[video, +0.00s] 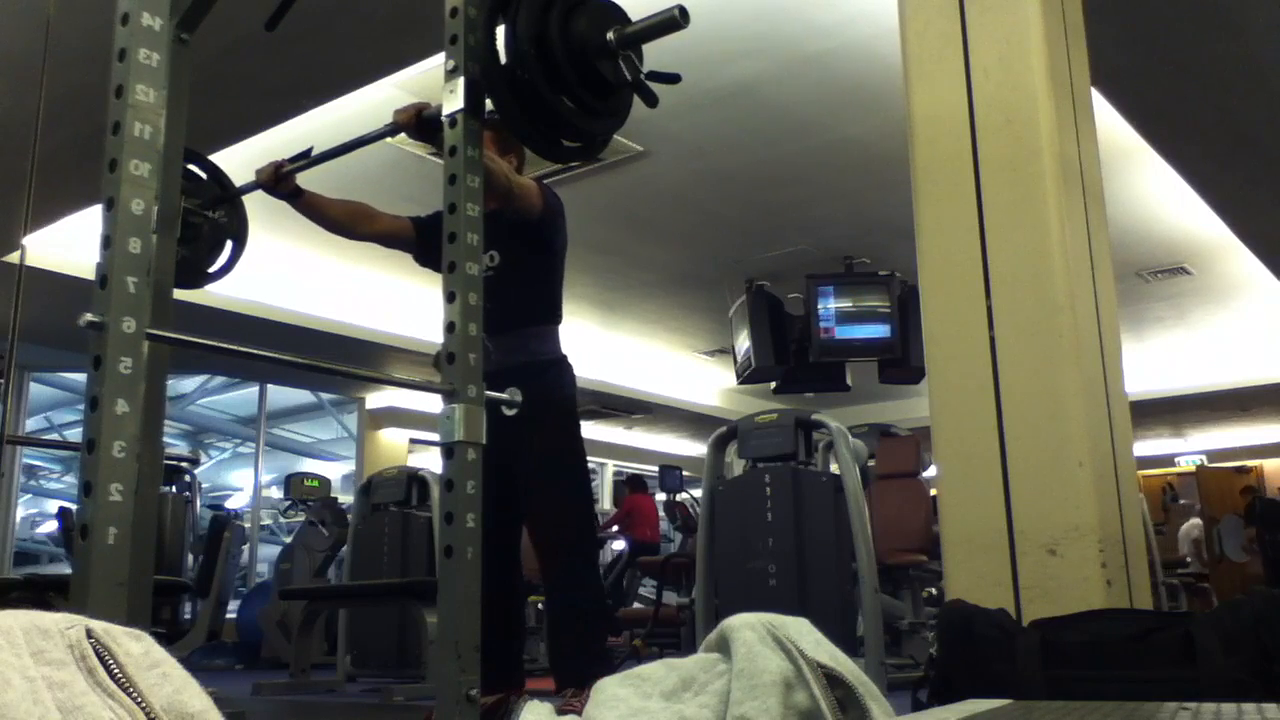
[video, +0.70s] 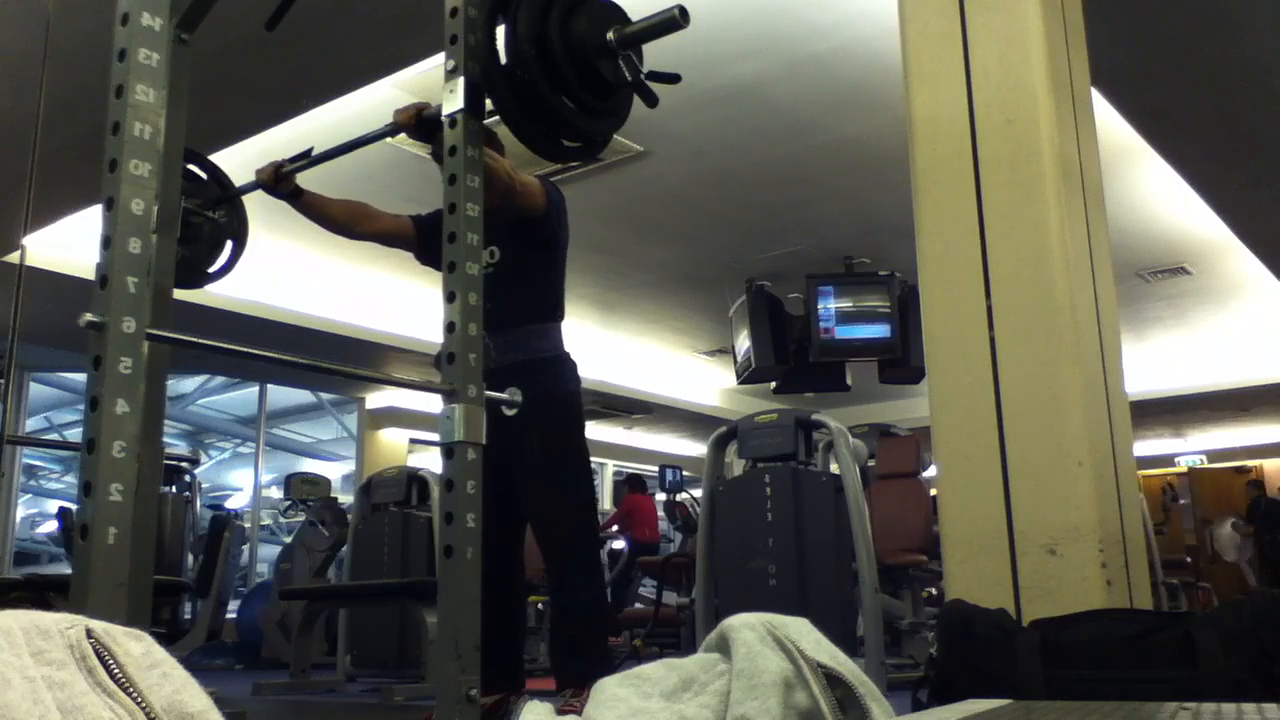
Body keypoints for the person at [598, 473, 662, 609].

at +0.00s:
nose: (627, 491)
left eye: (628, 488)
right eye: (627, 488)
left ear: (631, 488)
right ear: (645, 487)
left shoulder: (631, 500)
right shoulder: (650, 501)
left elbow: (617, 518)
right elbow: (638, 522)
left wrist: (601, 528)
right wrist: (620, 530)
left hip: (636, 546)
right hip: (654, 547)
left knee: (611, 571)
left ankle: (617, 603)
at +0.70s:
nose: (626, 489)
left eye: (627, 487)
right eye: (626, 487)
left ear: (630, 487)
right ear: (644, 486)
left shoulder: (630, 500)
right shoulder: (650, 500)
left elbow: (616, 518)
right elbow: (638, 520)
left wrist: (600, 528)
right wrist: (621, 529)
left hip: (637, 545)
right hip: (653, 546)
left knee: (622, 576)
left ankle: (618, 607)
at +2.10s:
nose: (623, 490)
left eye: (624, 487)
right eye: (624, 488)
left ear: (629, 487)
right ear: (642, 486)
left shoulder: (630, 500)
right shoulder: (649, 499)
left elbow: (615, 521)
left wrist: (600, 529)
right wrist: (619, 531)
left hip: (636, 546)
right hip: (654, 547)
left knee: (603, 552)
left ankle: (606, 589)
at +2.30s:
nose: (624, 491)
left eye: (625, 488)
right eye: (624, 488)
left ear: (629, 488)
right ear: (641, 486)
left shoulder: (631, 501)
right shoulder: (649, 500)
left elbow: (617, 519)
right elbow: (634, 523)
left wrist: (602, 529)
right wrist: (617, 532)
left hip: (637, 546)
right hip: (654, 546)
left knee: (609, 569)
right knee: (625, 572)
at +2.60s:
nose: (625, 491)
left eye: (626, 488)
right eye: (626, 488)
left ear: (630, 488)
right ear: (643, 487)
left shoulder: (631, 500)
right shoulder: (650, 500)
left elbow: (616, 520)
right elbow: (639, 521)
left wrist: (601, 529)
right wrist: (621, 529)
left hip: (637, 547)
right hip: (654, 547)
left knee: (614, 559)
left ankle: (617, 602)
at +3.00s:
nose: (623, 491)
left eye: (624, 487)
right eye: (623, 488)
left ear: (629, 487)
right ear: (642, 486)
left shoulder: (631, 500)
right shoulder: (649, 500)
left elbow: (615, 521)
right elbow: (632, 523)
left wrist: (600, 529)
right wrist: (615, 533)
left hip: (636, 546)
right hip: (654, 546)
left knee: (603, 552)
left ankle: (606, 586)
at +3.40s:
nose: (625, 490)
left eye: (626, 487)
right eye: (626, 487)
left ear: (630, 487)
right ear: (643, 488)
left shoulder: (630, 500)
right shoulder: (650, 501)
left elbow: (617, 517)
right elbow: (637, 521)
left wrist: (601, 529)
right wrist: (620, 529)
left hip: (636, 545)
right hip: (653, 546)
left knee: (621, 576)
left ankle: (619, 604)